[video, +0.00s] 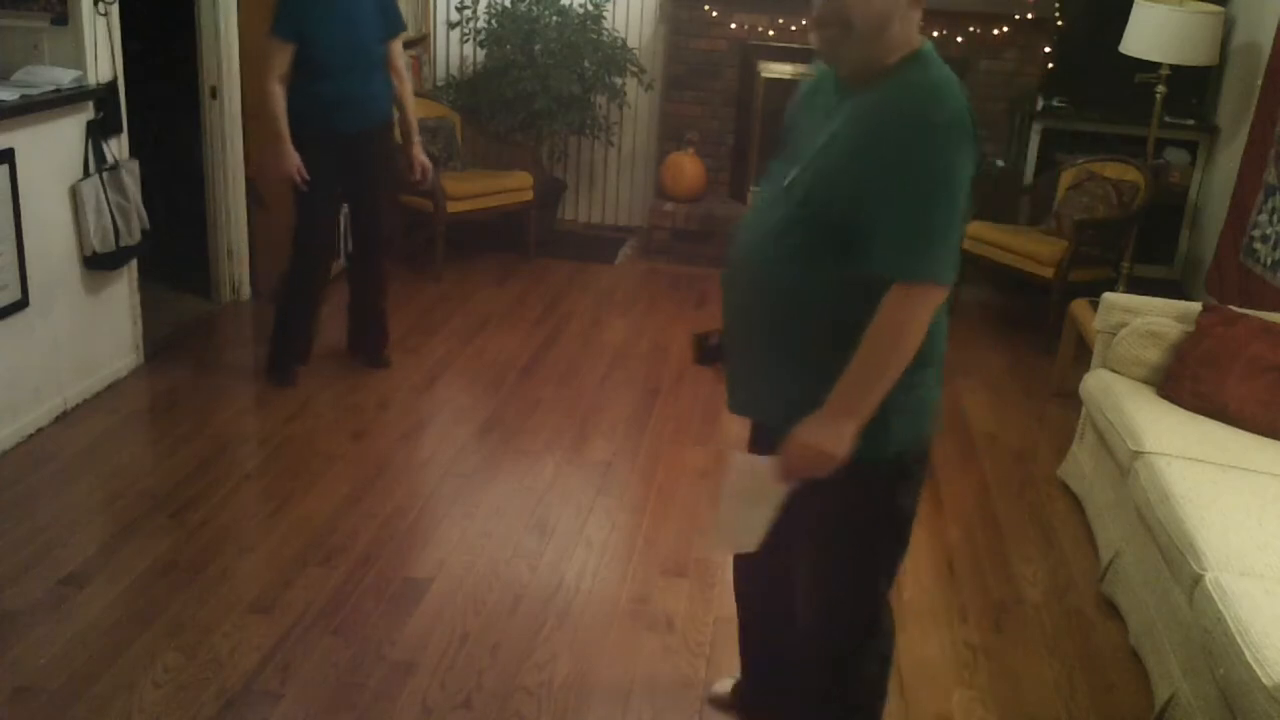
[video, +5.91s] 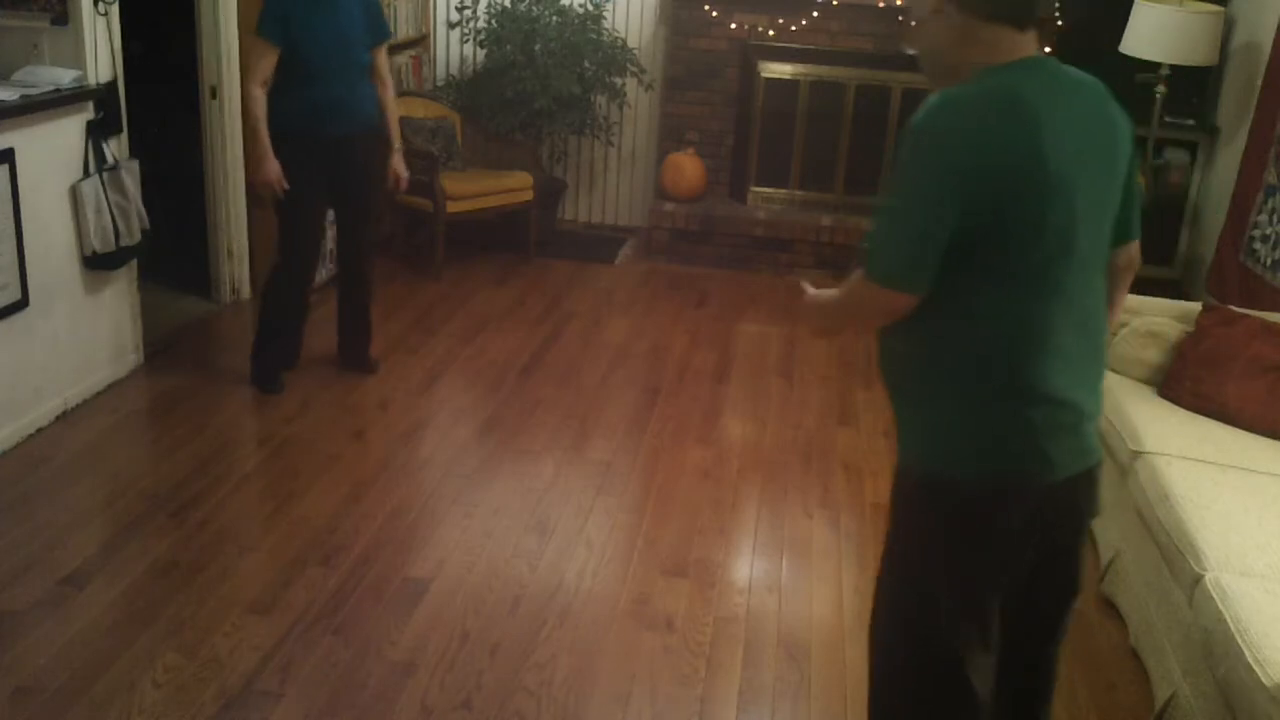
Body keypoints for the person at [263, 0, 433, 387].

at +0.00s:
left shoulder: (383, 6)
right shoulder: (298, 8)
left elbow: (399, 72)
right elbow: (275, 77)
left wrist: (414, 142)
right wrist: (285, 146)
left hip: (373, 140)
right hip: (318, 143)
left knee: (373, 245)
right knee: (313, 249)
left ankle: (370, 343)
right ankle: (286, 357)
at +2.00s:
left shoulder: (379, 6)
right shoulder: (296, 6)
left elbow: (389, 69)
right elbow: (274, 73)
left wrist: (400, 137)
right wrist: (279, 144)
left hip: (370, 133)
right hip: (317, 135)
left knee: (367, 240)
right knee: (322, 242)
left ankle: (363, 340)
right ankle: (323, 345)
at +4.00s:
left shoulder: (385, 6)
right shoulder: (302, 7)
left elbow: (394, 73)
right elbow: (282, 74)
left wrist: (401, 140)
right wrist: (284, 145)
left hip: (375, 132)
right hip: (320, 133)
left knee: (368, 239)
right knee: (325, 240)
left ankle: (364, 340)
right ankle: (324, 345)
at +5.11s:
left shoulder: (326, 7)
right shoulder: (242, 7)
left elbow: (332, 78)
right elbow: (217, 78)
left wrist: (339, 151)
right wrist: (231, 151)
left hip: (316, 146)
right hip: (258, 149)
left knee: (332, 252)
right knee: (266, 261)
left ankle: (315, 348)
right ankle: (264, 371)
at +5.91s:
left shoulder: (367, 7)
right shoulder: (282, 8)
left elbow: (382, 77)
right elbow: (256, 83)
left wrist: (395, 148)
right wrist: (264, 155)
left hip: (362, 144)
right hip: (303, 146)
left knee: (358, 255)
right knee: (297, 260)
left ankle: (355, 350)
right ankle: (269, 364)